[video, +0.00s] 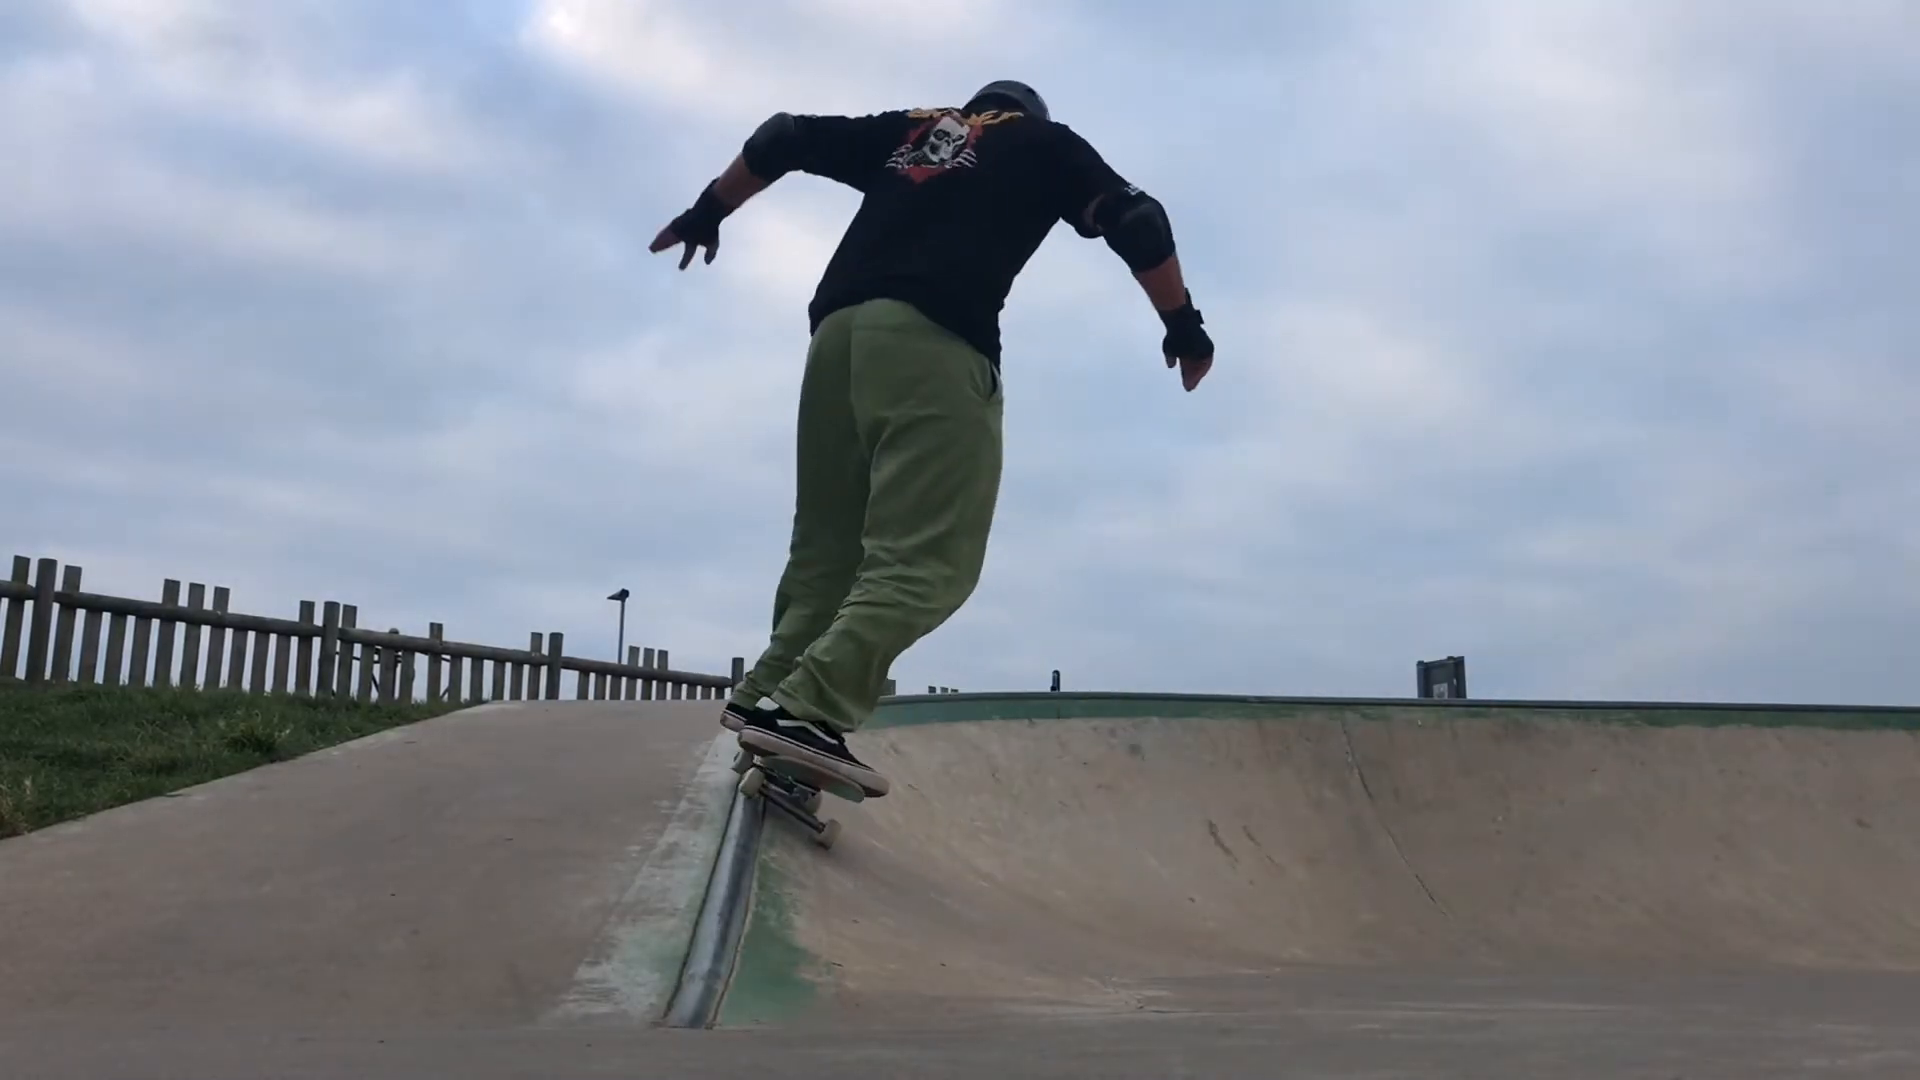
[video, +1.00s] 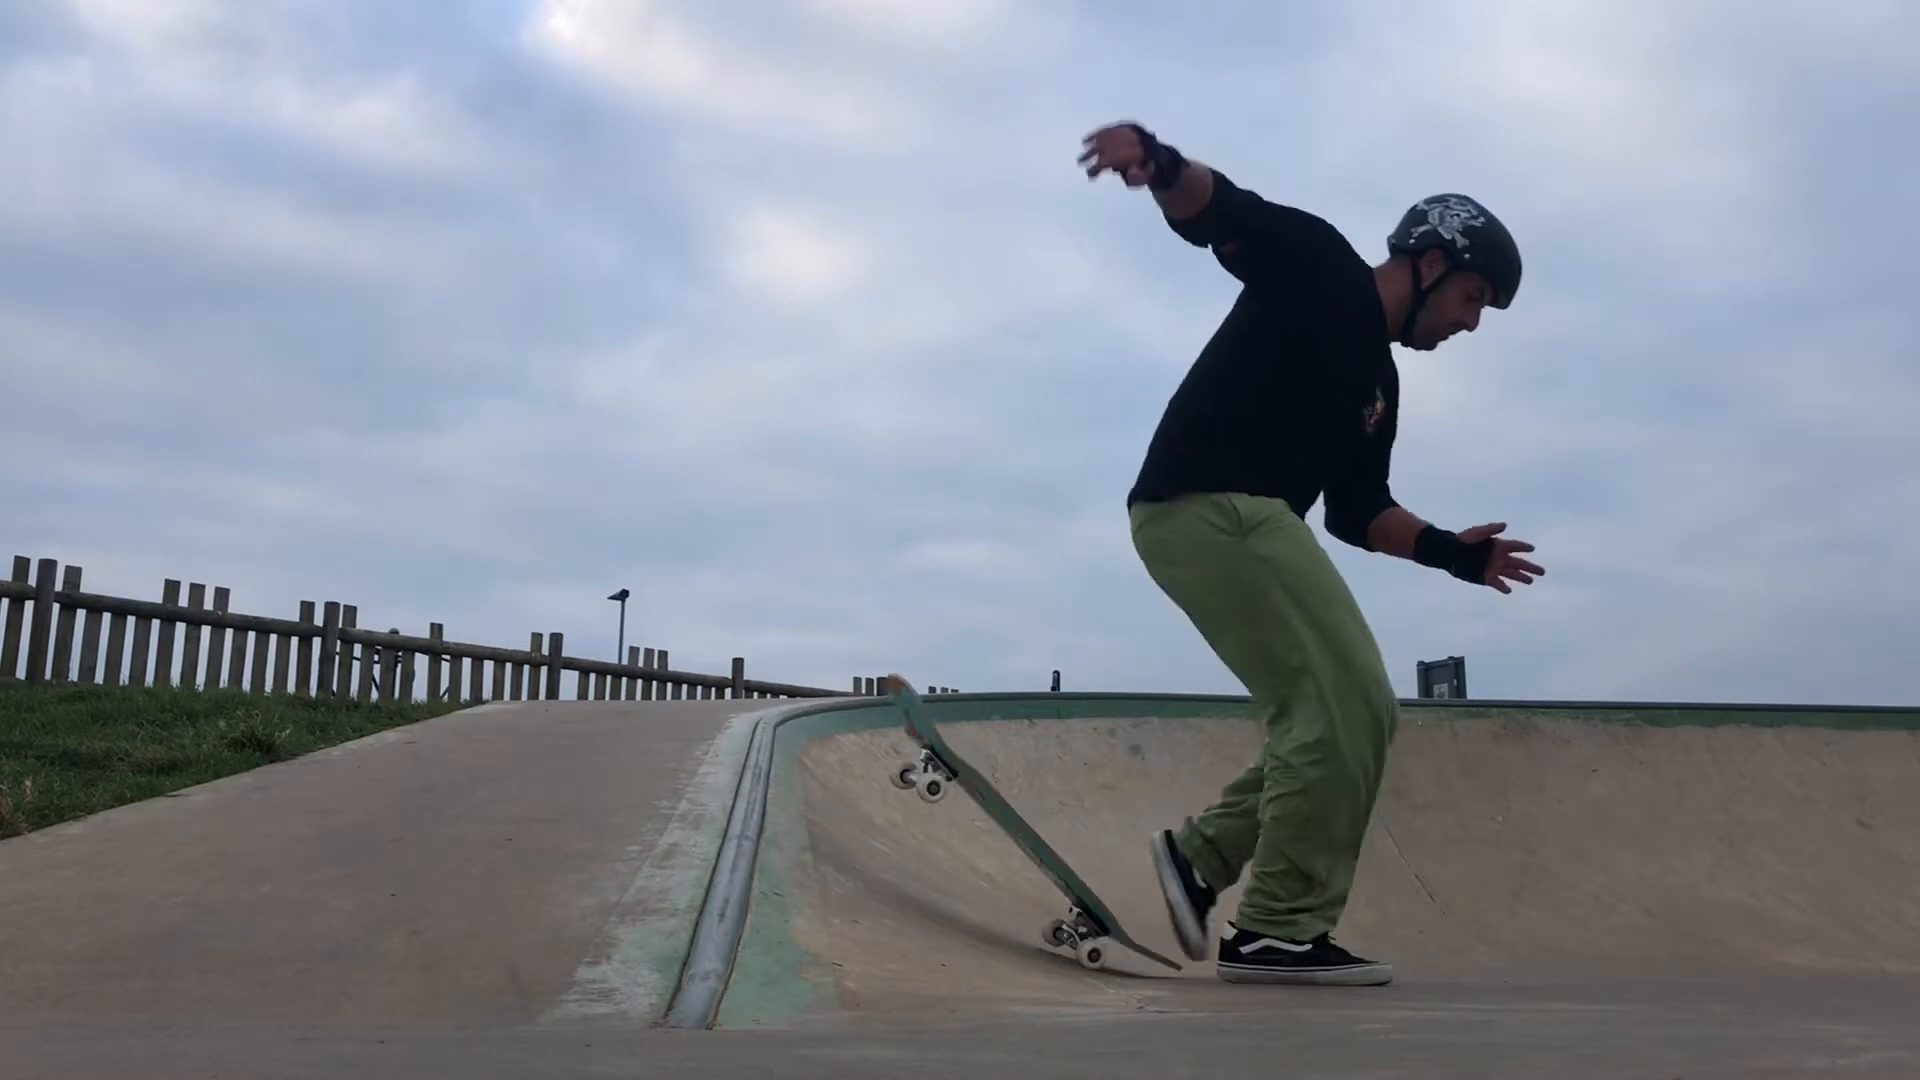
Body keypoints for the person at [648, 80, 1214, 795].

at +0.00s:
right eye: (1035, 128)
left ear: (970, 108)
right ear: (1033, 120)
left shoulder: (903, 129)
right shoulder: (1046, 142)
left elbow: (784, 135)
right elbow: (1137, 220)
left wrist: (710, 207)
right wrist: (1182, 322)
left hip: (835, 335)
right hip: (930, 336)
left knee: (827, 551)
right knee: (924, 562)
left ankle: (769, 701)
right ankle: (807, 712)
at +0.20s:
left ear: (909, 152)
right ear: (989, 131)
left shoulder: (867, 193)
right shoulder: (987, 134)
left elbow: (783, 277)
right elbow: (1062, 128)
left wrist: (808, 363)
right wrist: (1179, 179)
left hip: (809, 336)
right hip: (894, 323)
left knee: (834, 552)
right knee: (922, 547)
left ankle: (775, 713)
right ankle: (810, 709)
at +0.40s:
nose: (1070, 201)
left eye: (1081, 196)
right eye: (1080, 184)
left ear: (1061, 155)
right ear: (1066, 139)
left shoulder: (1001, 190)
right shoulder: (1016, 123)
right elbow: (944, 77)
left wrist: (1001, 408)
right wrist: (1031, 53)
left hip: (838, 327)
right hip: (900, 328)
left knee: (850, 546)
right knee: (928, 543)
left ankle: (784, 703)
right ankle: (809, 709)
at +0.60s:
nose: (1178, 187)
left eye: (1191, 178)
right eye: (1185, 166)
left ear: (1158, 142)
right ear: (1161, 127)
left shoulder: (1094, 188)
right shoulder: (1091, 114)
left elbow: (1004, 261)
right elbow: (1178, 115)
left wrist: (1018, 361)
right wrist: (1264, 156)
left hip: (995, 376)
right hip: (934, 335)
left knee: (1017, 571)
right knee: (931, 530)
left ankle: (961, 783)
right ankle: (771, 695)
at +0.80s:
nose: (1310, 266)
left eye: (1321, 256)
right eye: (1315, 243)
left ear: (1284, 219)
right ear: (1281, 198)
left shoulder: (1212, 301)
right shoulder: (1191, 188)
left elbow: (1163, 420)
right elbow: (1183, 88)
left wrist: (1212, 523)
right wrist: (1307, 62)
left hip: (1081, 429)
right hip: (1042, 400)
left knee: (1124, 646)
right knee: (1135, 563)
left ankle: (1066, 855)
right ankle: (983, 757)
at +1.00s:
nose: (1474, 320)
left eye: (1484, 306)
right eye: (1477, 296)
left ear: (1433, 271)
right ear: (1434, 260)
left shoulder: (1375, 392)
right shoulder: (1321, 257)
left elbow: (1357, 511)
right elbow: (1220, 210)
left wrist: (1449, 549)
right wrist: (1159, 165)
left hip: (1244, 516)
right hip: (1208, 502)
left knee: (1352, 709)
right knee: (1343, 703)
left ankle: (1205, 853)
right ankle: (1277, 928)